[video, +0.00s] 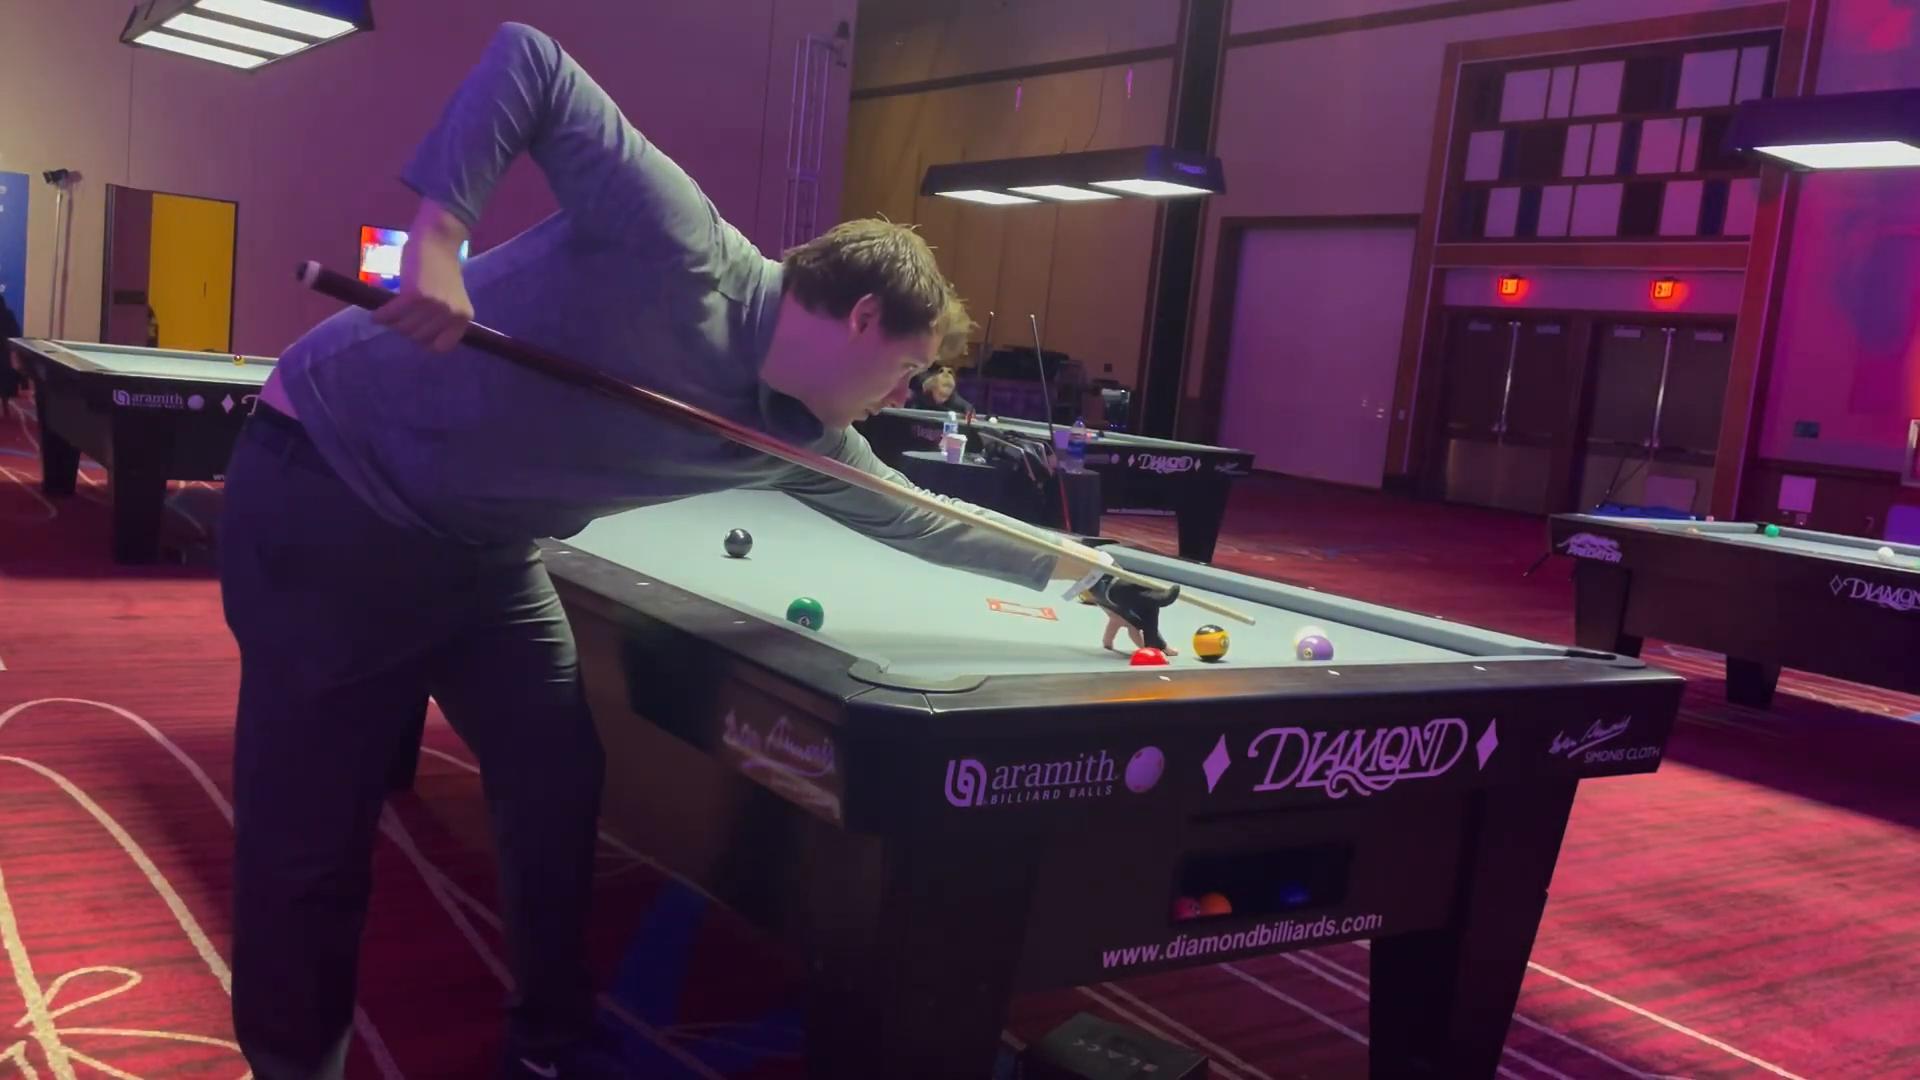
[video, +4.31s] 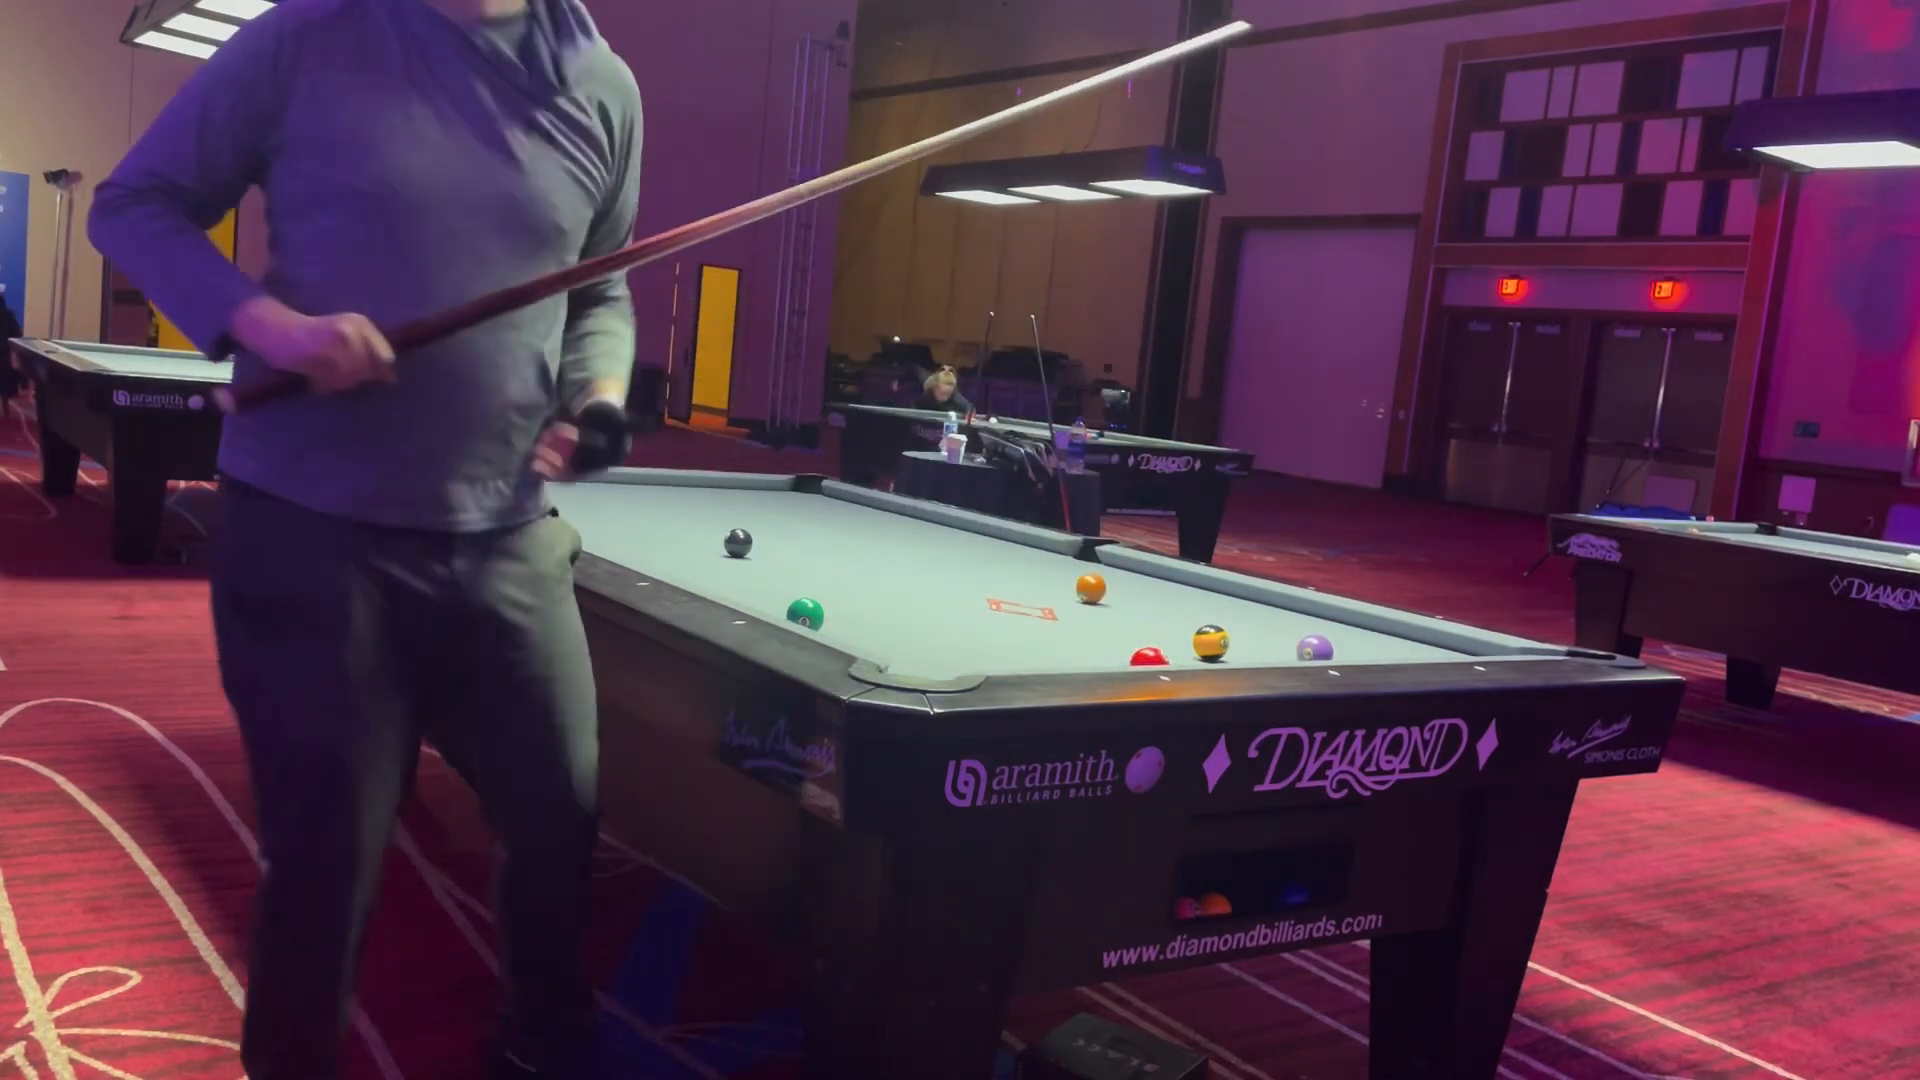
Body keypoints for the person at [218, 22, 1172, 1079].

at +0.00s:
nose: (900, 401)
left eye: (915, 381)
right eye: (910, 371)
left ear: (854, 330)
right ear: (863, 321)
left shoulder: (790, 428)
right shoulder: (676, 237)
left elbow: (914, 518)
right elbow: (527, 64)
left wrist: (1066, 561)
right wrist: (434, 238)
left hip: (487, 537)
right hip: (332, 483)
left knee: (555, 766)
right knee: (310, 826)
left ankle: (549, 1033)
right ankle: (293, 1060)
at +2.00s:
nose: (891, 430)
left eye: (909, 412)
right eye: (903, 400)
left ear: (853, 349)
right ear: (857, 340)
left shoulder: (784, 439)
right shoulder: (685, 250)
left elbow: (909, 525)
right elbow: (541, 70)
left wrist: (1062, 563)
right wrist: (481, 256)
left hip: (484, 530)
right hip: (333, 473)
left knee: (552, 764)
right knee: (313, 818)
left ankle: (548, 1032)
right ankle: (294, 1056)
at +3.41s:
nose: (888, 245)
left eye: (899, 223)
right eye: (883, 212)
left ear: (818, 187)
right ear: (810, 171)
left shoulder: (775, 320)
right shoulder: (631, 184)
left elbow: (879, 412)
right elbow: (393, 187)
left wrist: (1031, 480)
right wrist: (501, 364)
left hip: (488, 526)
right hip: (345, 488)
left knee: (547, 773)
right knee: (340, 820)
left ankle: (552, 1030)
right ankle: (304, 1063)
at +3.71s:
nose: (774, 154)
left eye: (800, 132)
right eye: (762, 113)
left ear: (814, 127)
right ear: (687, 61)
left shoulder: (722, 221)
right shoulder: (544, 122)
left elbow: (819, 293)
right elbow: (318, 197)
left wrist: (965, 326)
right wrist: (473, 346)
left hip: (507, 525)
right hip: (363, 501)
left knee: (558, 776)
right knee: (376, 802)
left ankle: (548, 1038)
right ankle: (312, 1063)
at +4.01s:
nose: (702, 63)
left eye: (730, 37)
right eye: (682, 21)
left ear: (745, 44)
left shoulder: (677, 165)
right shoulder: (469, 96)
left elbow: (717, 261)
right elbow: (261, 227)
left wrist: (872, 294)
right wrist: (439, 352)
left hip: (520, 522)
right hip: (375, 514)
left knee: (551, 791)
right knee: (390, 805)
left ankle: (548, 1032)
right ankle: (317, 1060)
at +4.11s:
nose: (630, 6)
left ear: (676, 12)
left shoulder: (643, 128)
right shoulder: (415, 81)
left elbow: (640, 272)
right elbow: (220, 222)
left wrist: (750, 342)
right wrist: (402, 345)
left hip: (526, 525)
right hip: (374, 522)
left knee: (545, 803)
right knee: (395, 818)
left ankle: (549, 1034)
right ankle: (320, 1064)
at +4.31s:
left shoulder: (603, 87)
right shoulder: (306, 37)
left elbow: (601, 284)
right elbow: (131, 204)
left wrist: (594, 394)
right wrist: (267, 323)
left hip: (512, 539)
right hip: (318, 533)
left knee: (562, 816)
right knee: (329, 871)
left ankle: (541, 1046)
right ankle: (292, 1062)